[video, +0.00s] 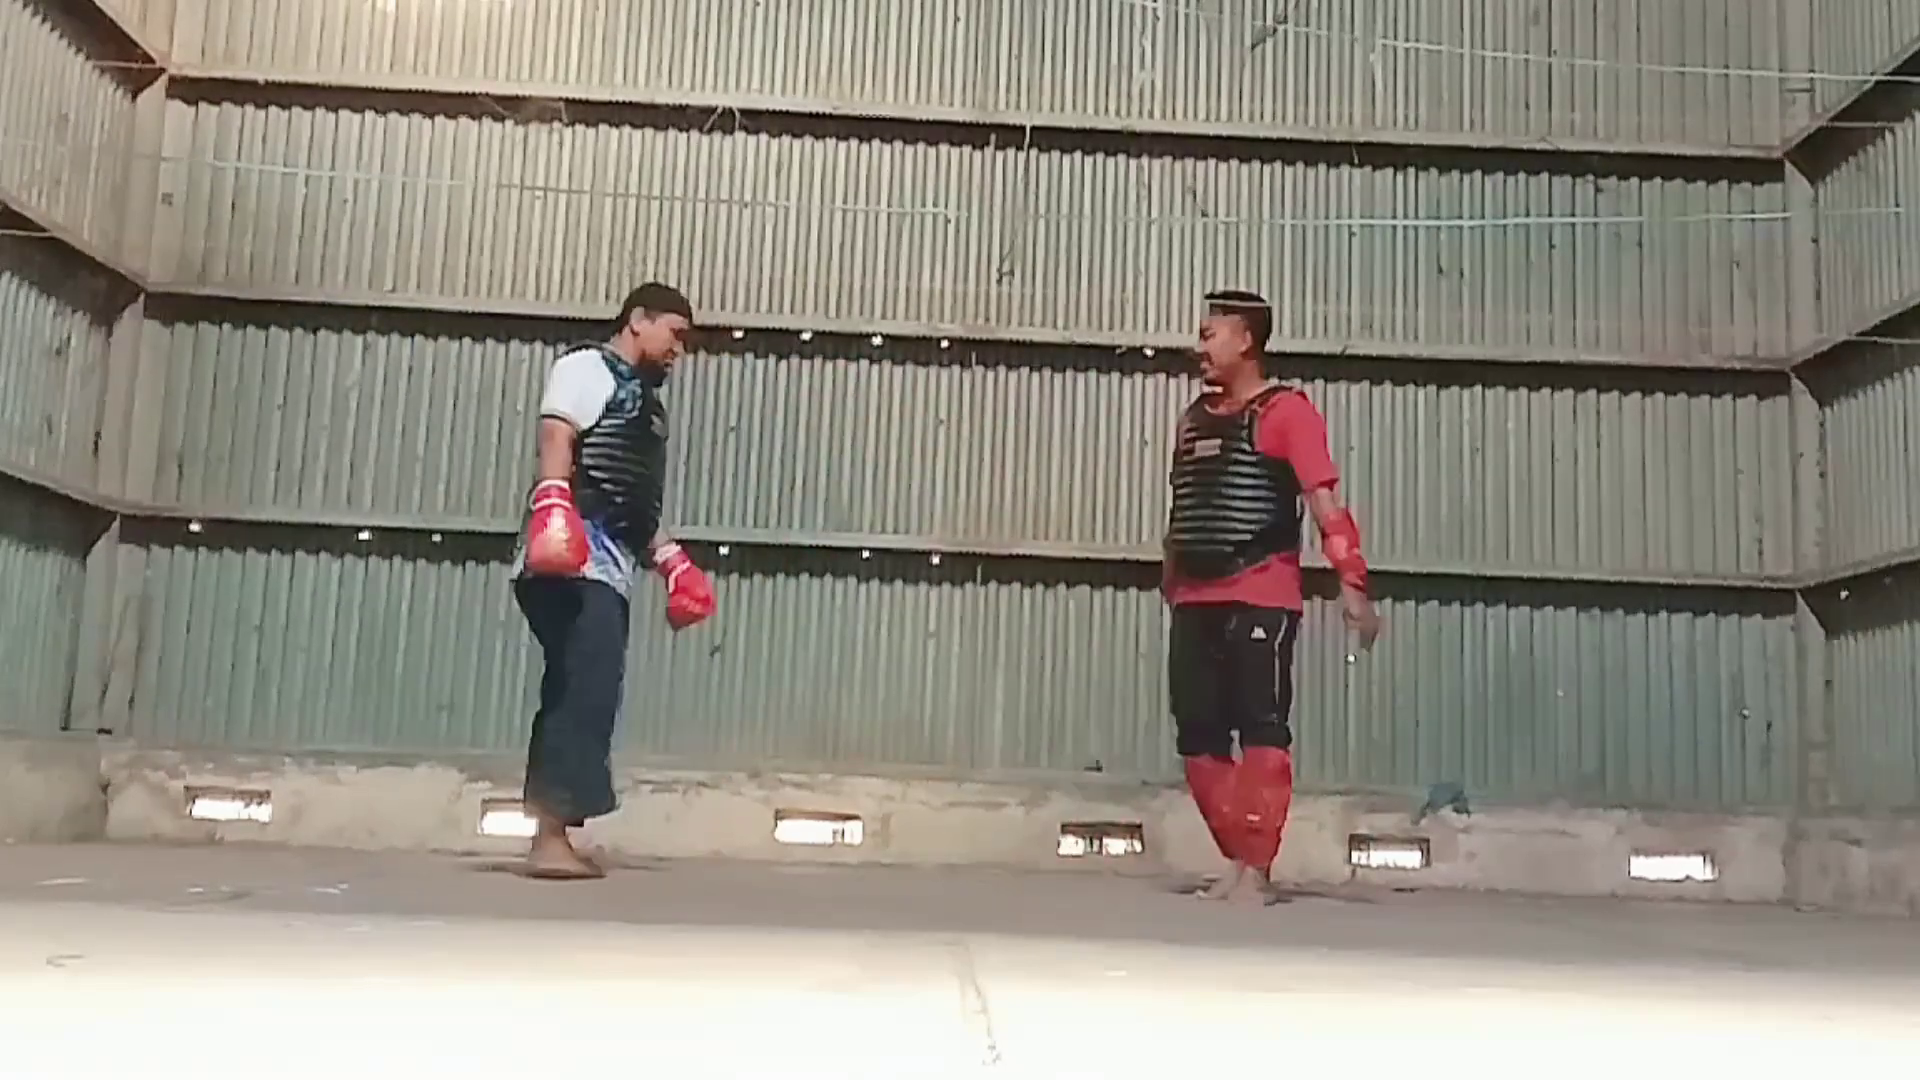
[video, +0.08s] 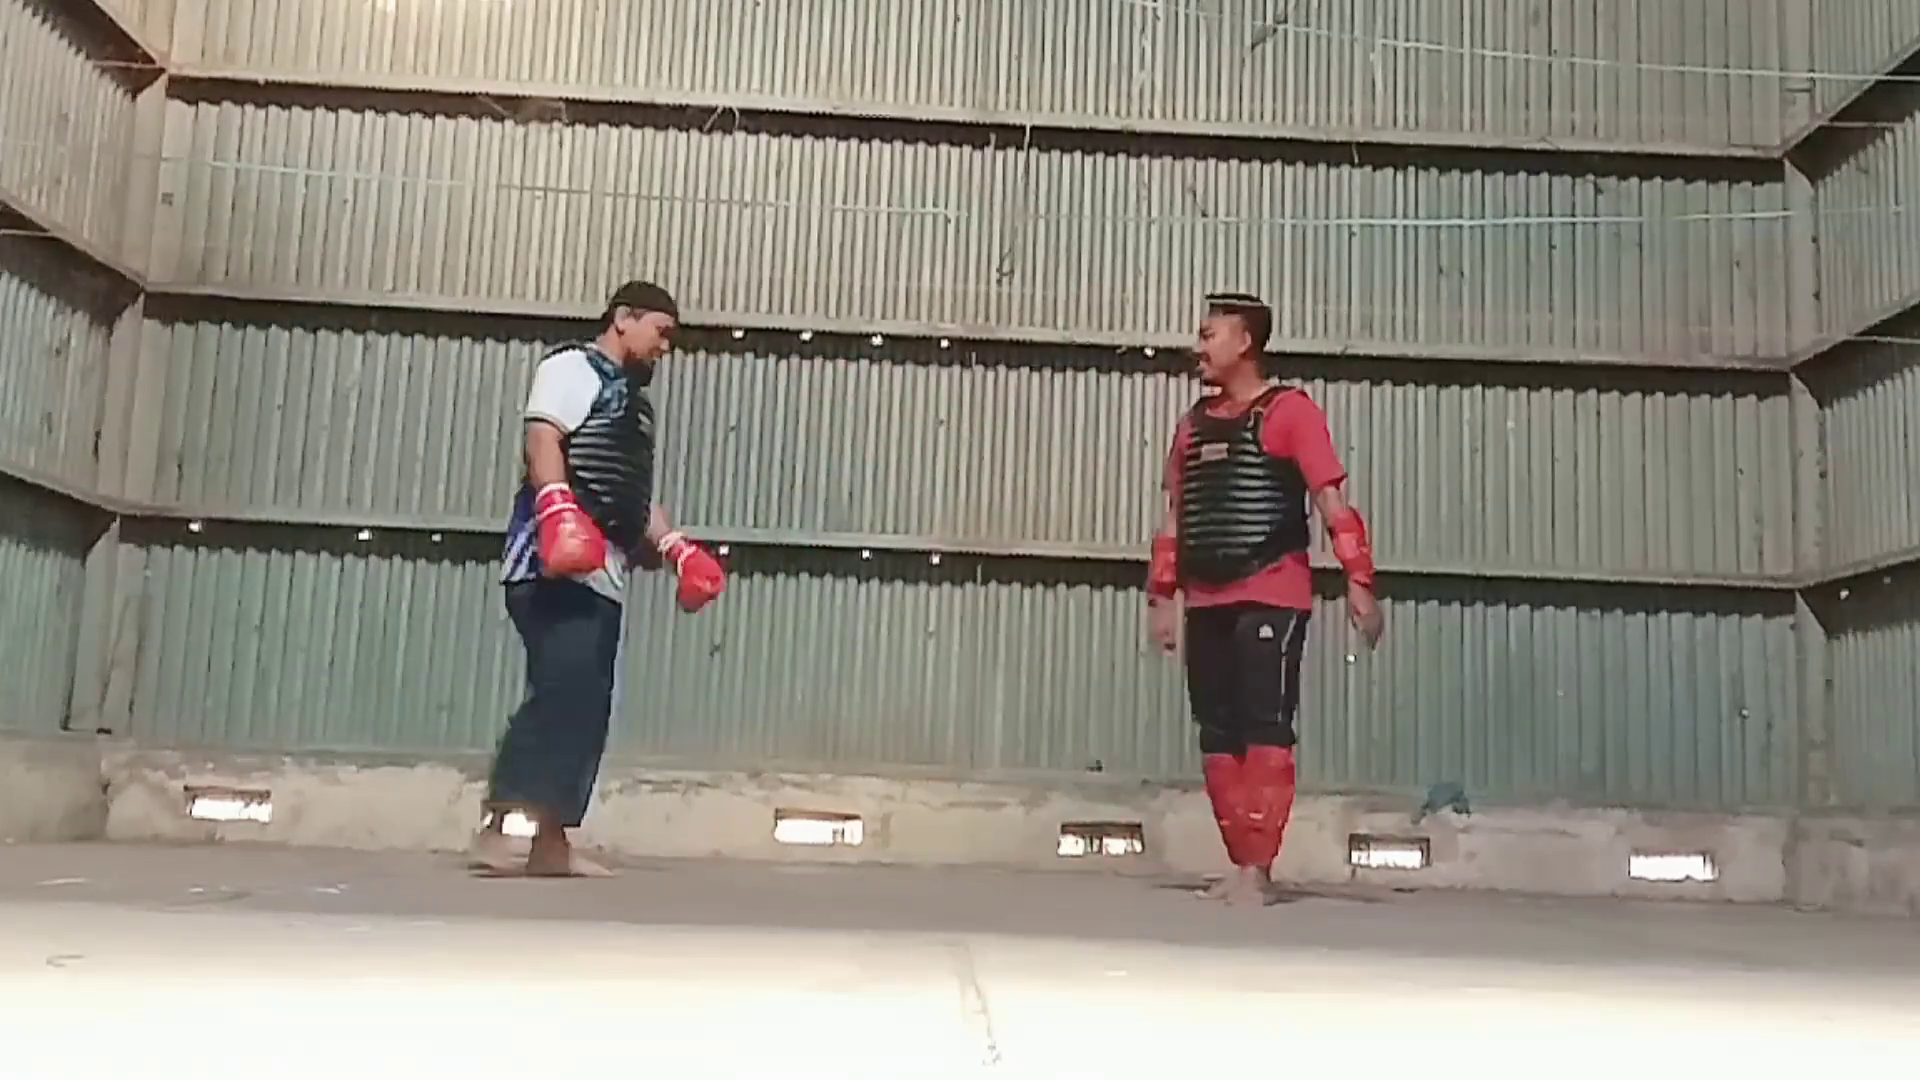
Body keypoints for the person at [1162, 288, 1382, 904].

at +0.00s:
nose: (1200, 345)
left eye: (1211, 335)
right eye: (1200, 335)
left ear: (1248, 341)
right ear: (1219, 343)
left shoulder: (1289, 411)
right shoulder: (1194, 418)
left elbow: (1326, 503)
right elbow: (1186, 507)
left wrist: (1354, 584)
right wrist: (1174, 582)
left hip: (1260, 596)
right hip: (1195, 598)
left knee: (1260, 727)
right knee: (1199, 734)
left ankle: (1254, 870)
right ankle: (1243, 862)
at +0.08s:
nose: (1198, 345)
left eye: (1209, 335)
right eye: (1199, 335)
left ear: (1247, 342)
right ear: (1224, 343)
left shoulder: (1291, 409)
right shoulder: (1193, 422)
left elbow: (1332, 500)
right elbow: (1176, 510)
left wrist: (1360, 583)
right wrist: (1162, 593)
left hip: (1271, 592)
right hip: (1206, 596)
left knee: (1266, 725)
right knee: (1216, 728)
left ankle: (1255, 869)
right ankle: (1246, 865)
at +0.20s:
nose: (1195, 347)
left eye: (1206, 337)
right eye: (1196, 338)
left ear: (1245, 345)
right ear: (1215, 350)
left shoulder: (1294, 409)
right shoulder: (1194, 432)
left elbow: (1339, 497)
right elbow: (1169, 516)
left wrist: (1358, 581)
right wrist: (1141, 587)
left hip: (1291, 589)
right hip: (1227, 597)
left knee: (1280, 721)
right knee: (1233, 727)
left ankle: (1270, 866)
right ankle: (1247, 866)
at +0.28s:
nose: (1203, 354)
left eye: (1213, 343)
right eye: (1203, 344)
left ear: (1249, 347)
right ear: (1231, 351)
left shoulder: (1302, 406)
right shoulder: (1203, 431)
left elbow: (1348, 494)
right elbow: (1173, 514)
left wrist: (1353, 578)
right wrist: (1138, 577)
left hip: (1307, 591)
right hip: (1238, 598)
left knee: (1309, 722)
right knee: (1246, 727)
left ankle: (1318, 867)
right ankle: (1251, 870)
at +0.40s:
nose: (1217, 353)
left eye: (1228, 342)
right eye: (1218, 343)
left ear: (1265, 349)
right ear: (1236, 352)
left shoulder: (1313, 408)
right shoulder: (1213, 432)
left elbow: (1361, 490)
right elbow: (1185, 513)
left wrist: (1342, 568)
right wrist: (1159, 563)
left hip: (1315, 596)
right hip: (1245, 604)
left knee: (1345, 725)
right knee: (1250, 729)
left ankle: (1371, 861)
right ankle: (1251, 868)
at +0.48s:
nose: (1236, 353)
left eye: (1247, 343)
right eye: (1236, 344)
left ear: (1284, 348)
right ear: (1251, 353)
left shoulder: (1332, 410)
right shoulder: (1228, 432)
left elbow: (1371, 492)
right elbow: (1202, 513)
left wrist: (1326, 550)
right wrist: (1180, 572)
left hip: (1331, 606)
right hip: (1257, 611)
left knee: (1379, 722)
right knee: (1247, 726)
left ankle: (1423, 864)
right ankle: (1251, 869)